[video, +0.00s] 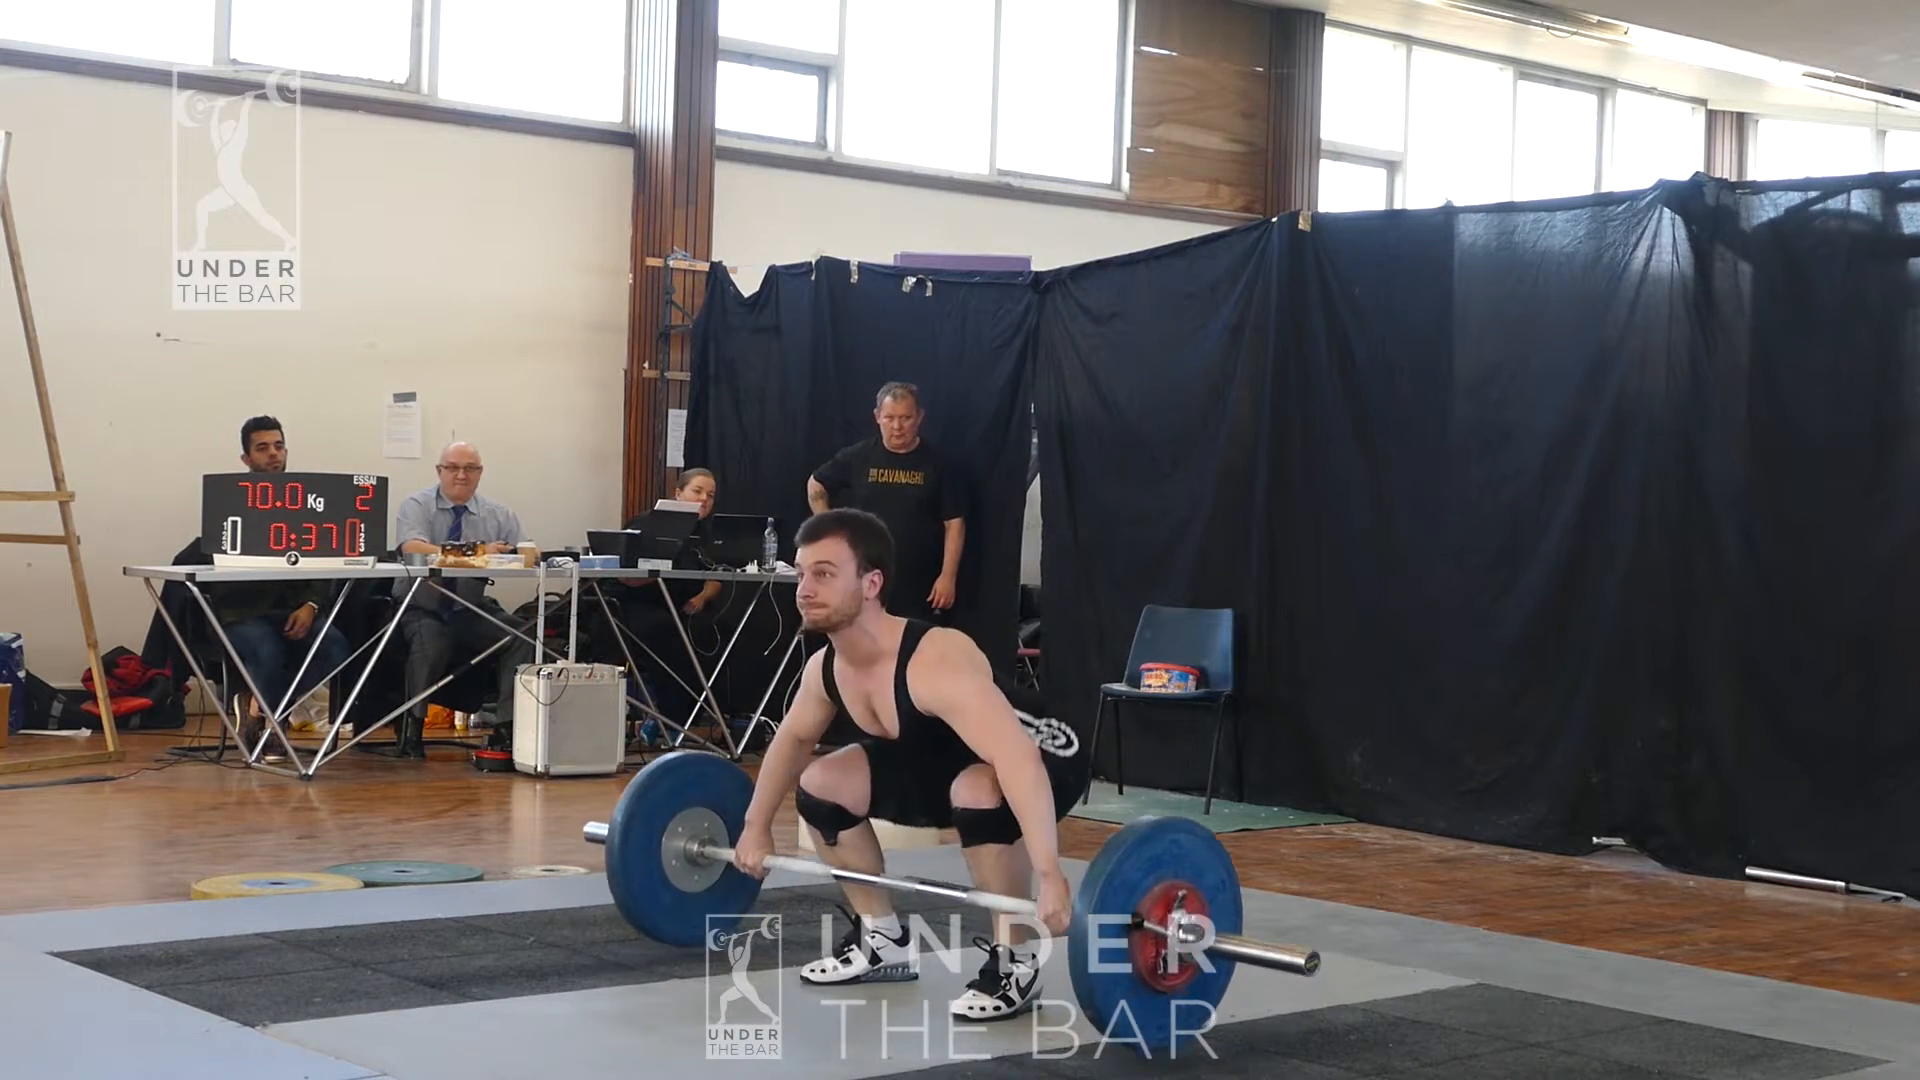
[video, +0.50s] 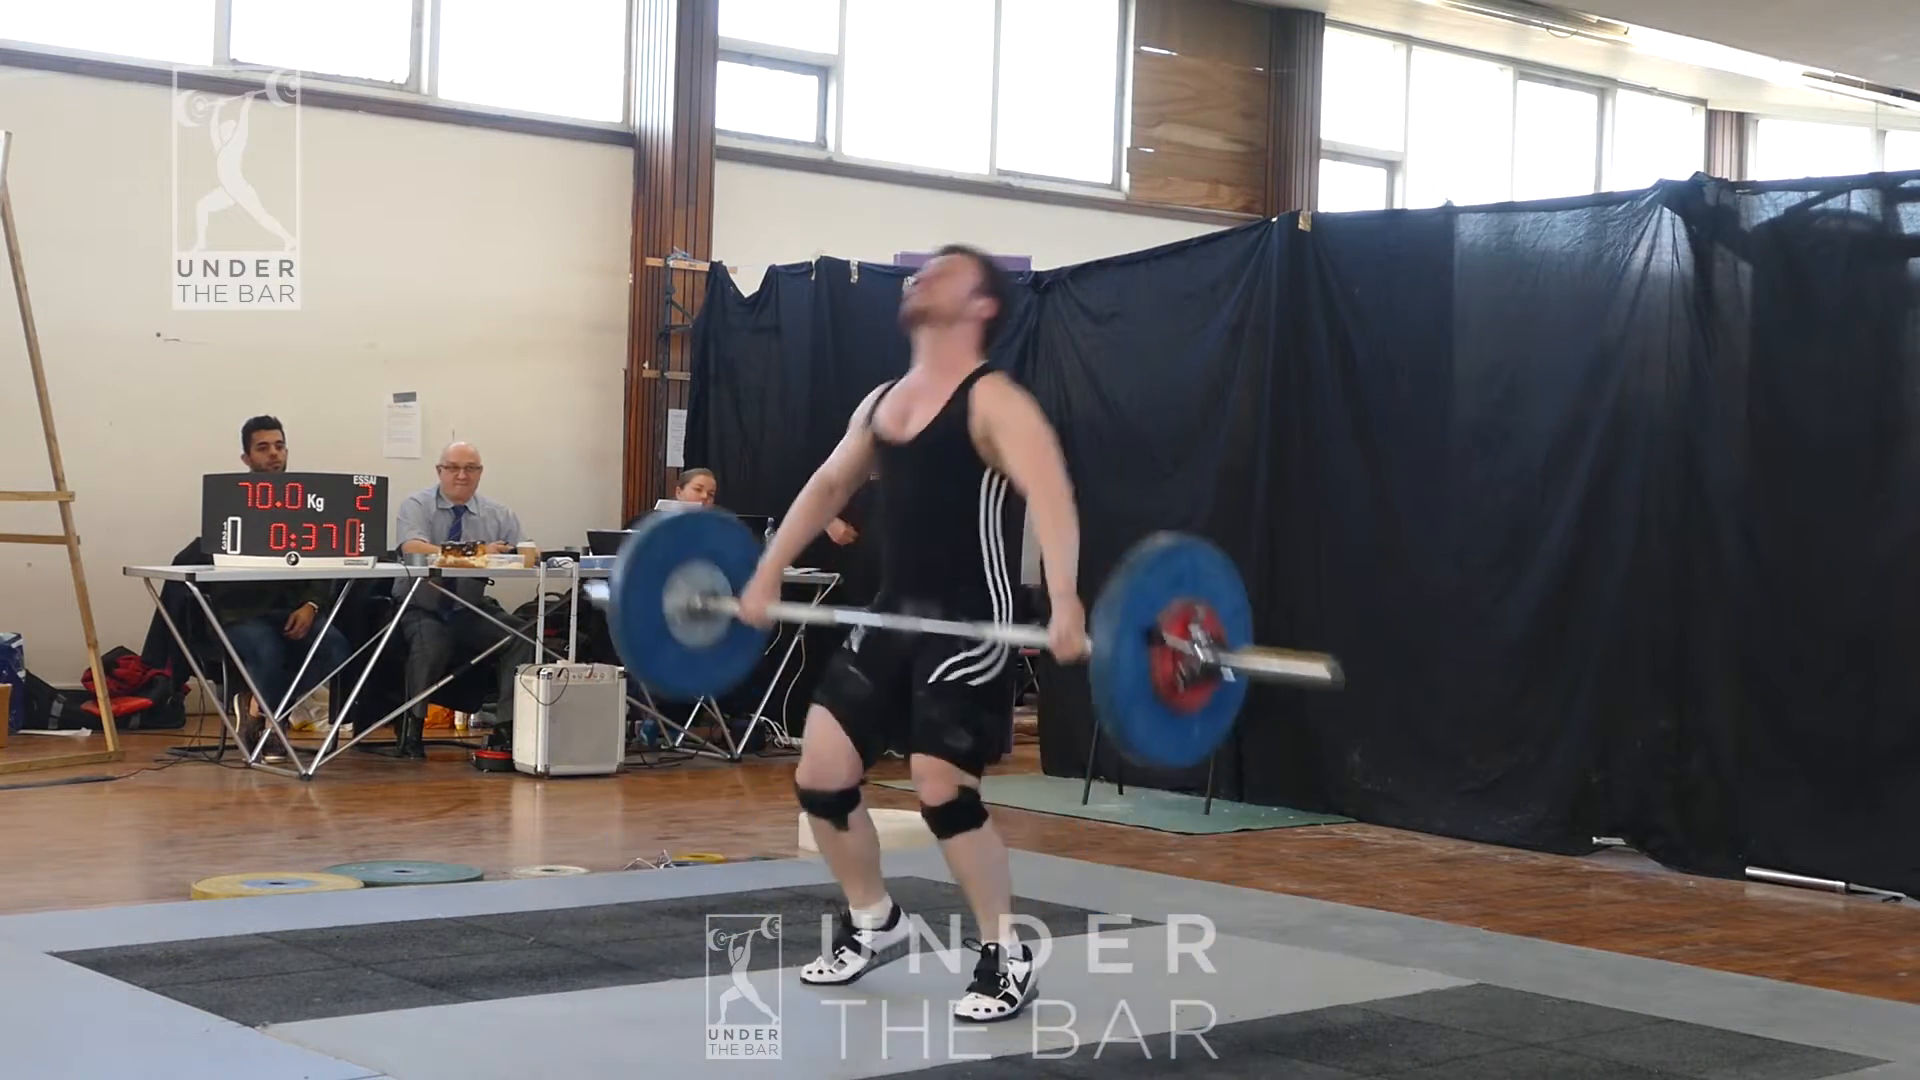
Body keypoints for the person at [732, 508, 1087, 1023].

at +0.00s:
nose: (804, 589)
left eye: (823, 574)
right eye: (800, 574)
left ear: (871, 584)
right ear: (796, 579)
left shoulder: (938, 659)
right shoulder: (823, 671)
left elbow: (1021, 759)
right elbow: (794, 739)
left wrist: (1049, 871)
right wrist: (756, 824)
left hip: (1035, 761)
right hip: (939, 763)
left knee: (976, 790)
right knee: (822, 786)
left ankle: (1012, 960)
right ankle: (883, 938)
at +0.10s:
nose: (802, 576)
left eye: (820, 561)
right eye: (798, 562)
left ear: (869, 570)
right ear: (792, 566)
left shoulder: (936, 637)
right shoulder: (822, 645)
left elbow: (1025, 726)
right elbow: (788, 715)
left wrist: (1050, 844)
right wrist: (752, 800)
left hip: (1011, 739)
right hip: (935, 739)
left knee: (988, 782)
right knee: (835, 776)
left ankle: (1015, 959)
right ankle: (883, 938)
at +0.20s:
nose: (804, 542)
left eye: (823, 527)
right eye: (800, 527)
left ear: (870, 537)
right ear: (795, 533)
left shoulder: (939, 602)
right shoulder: (824, 607)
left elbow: (1033, 679)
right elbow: (789, 670)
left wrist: (1052, 797)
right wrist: (754, 755)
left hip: (1025, 691)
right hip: (947, 696)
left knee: (1007, 785)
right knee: (851, 771)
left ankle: (1019, 957)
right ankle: (882, 937)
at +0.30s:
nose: (810, 476)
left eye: (829, 463)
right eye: (806, 463)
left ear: (875, 478)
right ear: (801, 473)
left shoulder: (937, 545)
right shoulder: (826, 555)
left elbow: (1036, 616)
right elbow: (793, 616)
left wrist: (1056, 731)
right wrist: (760, 695)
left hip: (1027, 659)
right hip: (948, 664)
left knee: (1014, 771)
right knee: (870, 763)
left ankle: (1020, 955)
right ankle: (884, 936)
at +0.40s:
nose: (836, 365)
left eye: (858, 355)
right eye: (839, 352)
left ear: (904, 379)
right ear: (835, 369)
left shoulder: (948, 467)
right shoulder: (836, 478)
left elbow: (1043, 548)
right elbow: (806, 553)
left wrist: (1065, 659)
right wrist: (766, 631)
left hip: (1014, 642)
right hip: (932, 640)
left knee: (982, 779)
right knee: (855, 778)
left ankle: (1016, 955)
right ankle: (885, 940)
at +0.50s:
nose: (916, 274)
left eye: (940, 268)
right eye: (920, 269)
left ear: (981, 306)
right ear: (918, 304)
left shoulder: (995, 398)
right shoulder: (879, 403)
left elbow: (1052, 496)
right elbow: (825, 489)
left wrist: (1064, 600)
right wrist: (765, 574)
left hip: (971, 629)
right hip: (886, 623)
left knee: (939, 783)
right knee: (822, 774)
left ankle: (1004, 945)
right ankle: (873, 920)